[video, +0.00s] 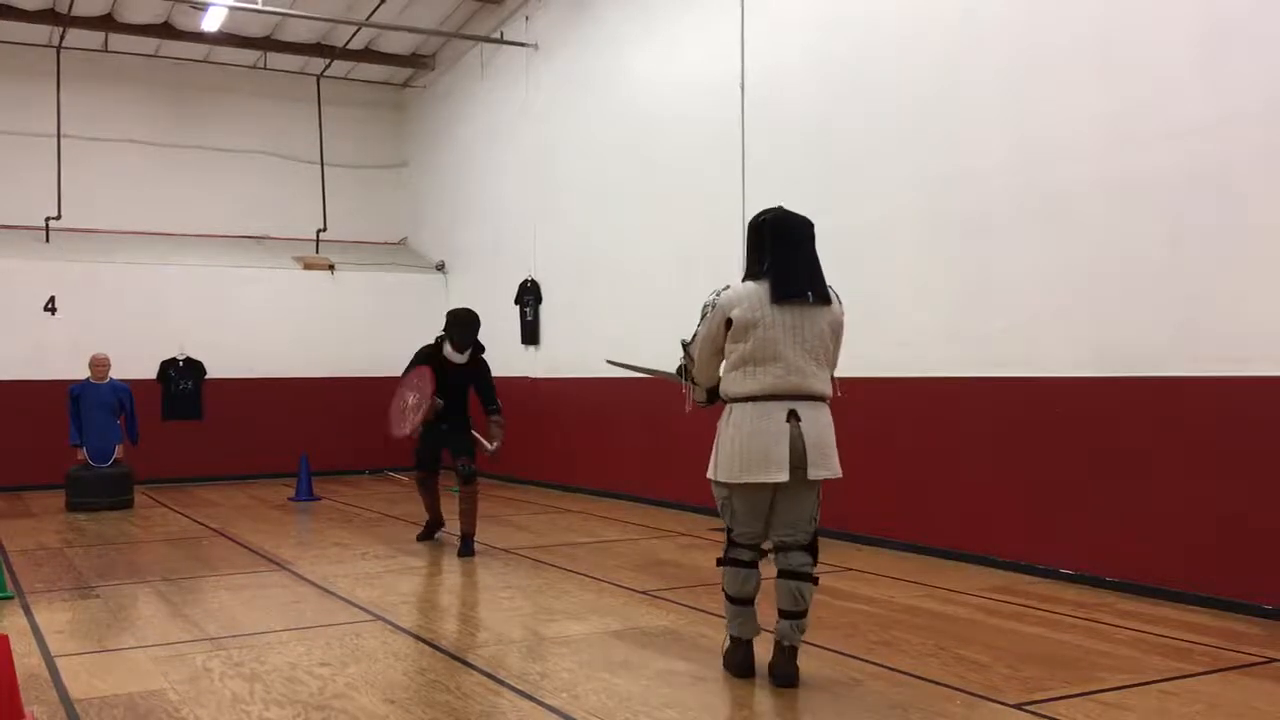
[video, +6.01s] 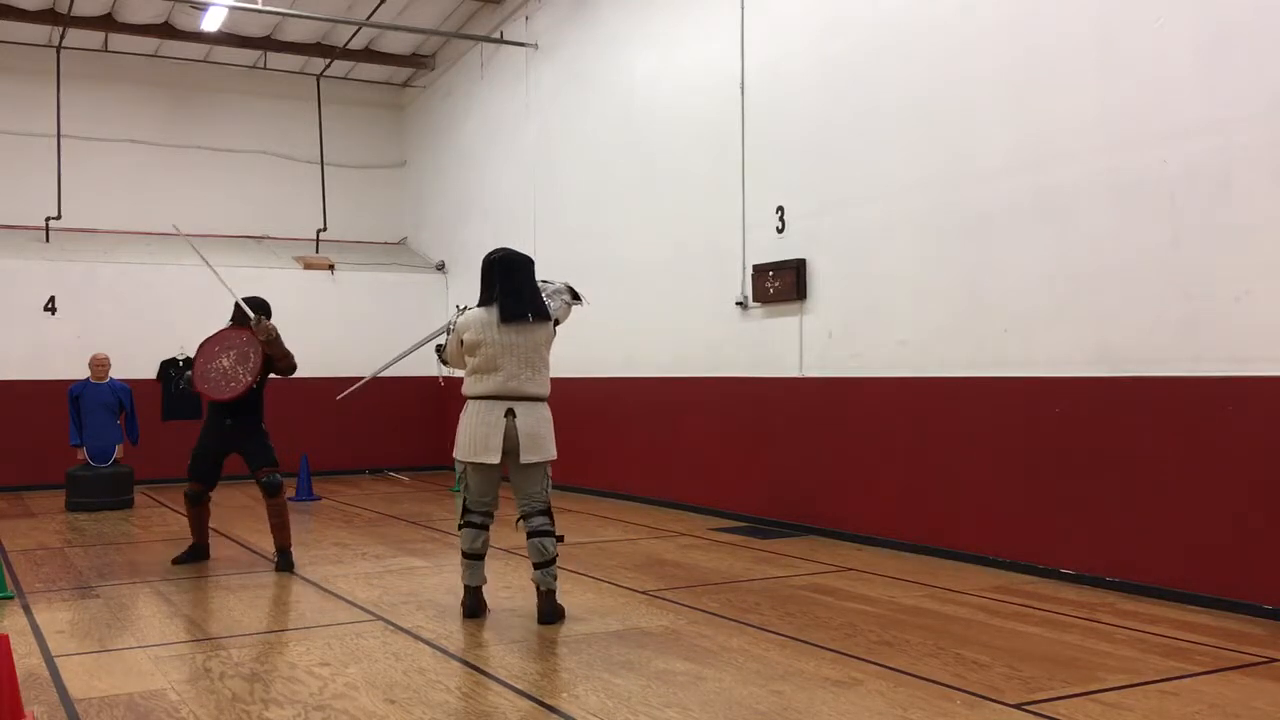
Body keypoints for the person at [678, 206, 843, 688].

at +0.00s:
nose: (749, 256)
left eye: (751, 247)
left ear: (756, 250)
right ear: (807, 249)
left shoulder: (735, 299)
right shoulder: (829, 304)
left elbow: (702, 365)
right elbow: (825, 369)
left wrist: (707, 387)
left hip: (748, 436)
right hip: (811, 436)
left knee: (743, 544)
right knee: (796, 547)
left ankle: (740, 649)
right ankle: (786, 658)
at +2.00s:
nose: (627, 268)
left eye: (630, 260)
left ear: (634, 263)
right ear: (681, 262)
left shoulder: (617, 308)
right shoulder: (701, 308)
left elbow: (589, 347)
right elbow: (717, 299)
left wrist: (600, 316)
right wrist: (699, 285)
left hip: (629, 432)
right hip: (688, 431)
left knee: (622, 527)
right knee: (675, 528)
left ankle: (631, 629)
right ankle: (668, 634)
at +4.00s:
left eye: (565, 274)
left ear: (567, 279)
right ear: (610, 277)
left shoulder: (551, 321)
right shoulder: (625, 312)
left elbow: (537, 351)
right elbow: (657, 291)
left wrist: (531, 310)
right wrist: (619, 275)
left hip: (566, 427)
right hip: (618, 427)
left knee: (552, 513)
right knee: (612, 517)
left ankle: (533, 593)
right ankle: (605, 610)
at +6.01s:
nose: (481, 285)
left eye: (485, 278)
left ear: (488, 282)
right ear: (529, 281)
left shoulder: (470, 321)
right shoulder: (543, 318)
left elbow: (452, 358)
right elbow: (563, 298)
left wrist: (456, 330)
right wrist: (543, 285)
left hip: (481, 425)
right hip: (532, 424)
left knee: (477, 509)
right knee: (536, 509)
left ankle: (472, 595)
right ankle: (547, 601)